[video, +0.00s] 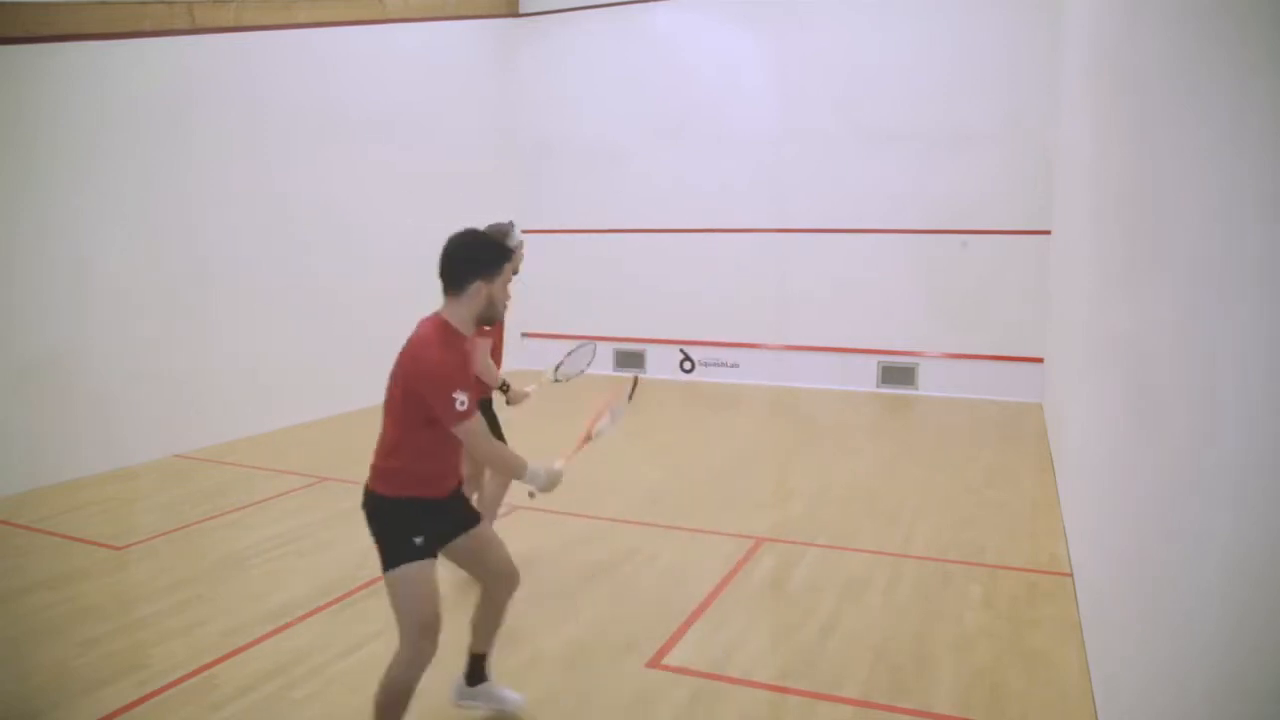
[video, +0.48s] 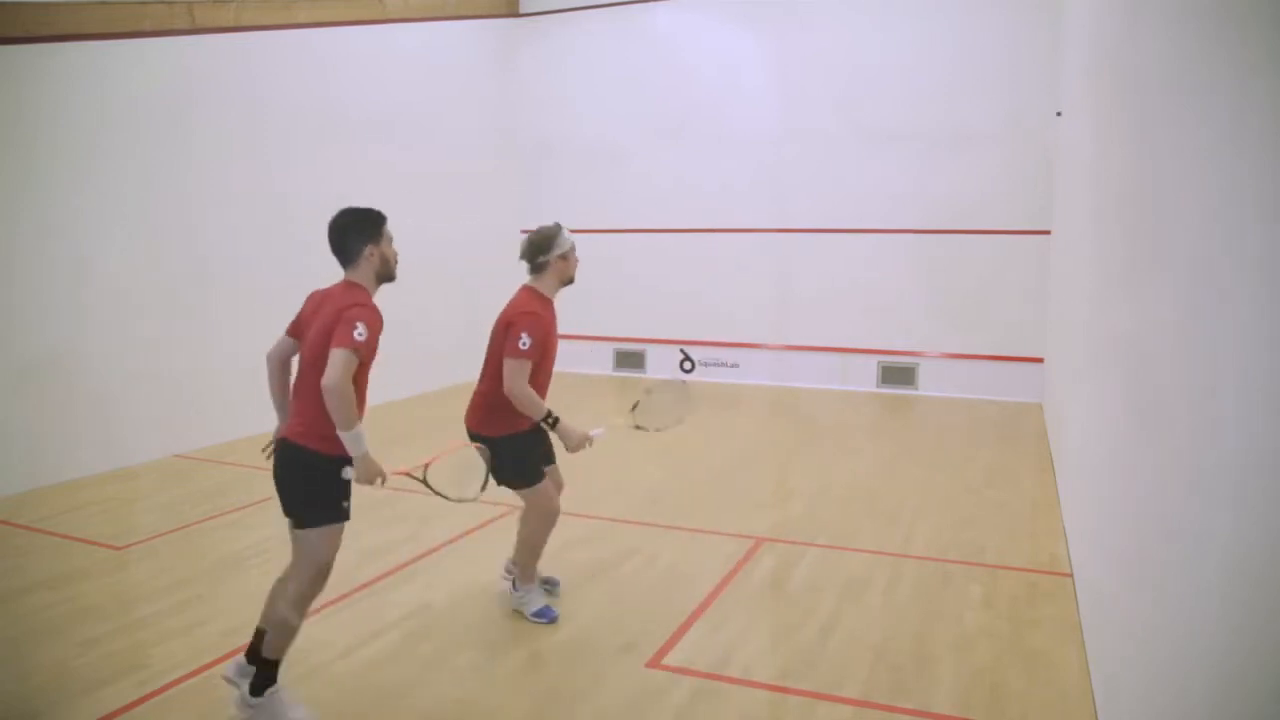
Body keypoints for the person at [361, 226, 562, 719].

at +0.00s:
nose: (509, 294)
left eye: (509, 283)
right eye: (506, 283)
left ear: (472, 284)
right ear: (482, 285)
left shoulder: (463, 342)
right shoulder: (433, 350)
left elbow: (470, 427)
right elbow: (481, 445)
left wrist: (471, 484)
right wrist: (532, 473)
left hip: (440, 496)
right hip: (398, 503)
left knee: (502, 578)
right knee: (418, 642)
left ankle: (474, 682)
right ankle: (385, 718)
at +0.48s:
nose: (396, 252)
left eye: (392, 242)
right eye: (391, 243)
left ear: (351, 254)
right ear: (373, 251)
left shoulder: (320, 299)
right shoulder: (361, 310)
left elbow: (277, 356)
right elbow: (335, 381)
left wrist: (287, 422)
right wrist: (361, 453)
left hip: (295, 452)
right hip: (319, 459)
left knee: (304, 566)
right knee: (310, 575)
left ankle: (252, 662)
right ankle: (260, 690)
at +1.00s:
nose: (440, 278)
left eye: (440, 270)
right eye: (433, 270)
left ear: (403, 273)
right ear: (408, 272)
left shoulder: (361, 305)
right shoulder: (409, 324)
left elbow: (334, 357)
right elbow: (395, 392)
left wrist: (368, 384)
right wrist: (419, 433)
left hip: (345, 433)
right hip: (383, 437)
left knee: (360, 506)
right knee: (421, 514)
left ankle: (353, 595)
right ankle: (376, 594)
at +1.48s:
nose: (499, 280)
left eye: (501, 272)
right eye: (492, 272)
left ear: (469, 272)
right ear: (471, 270)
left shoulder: (437, 293)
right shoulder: (474, 315)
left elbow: (405, 331)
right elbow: (469, 379)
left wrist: (435, 352)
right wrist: (496, 400)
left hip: (413, 400)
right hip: (442, 408)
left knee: (431, 457)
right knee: (478, 471)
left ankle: (415, 525)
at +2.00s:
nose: (514, 273)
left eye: (512, 264)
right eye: (509, 265)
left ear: (478, 266)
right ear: (495, 267)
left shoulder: (451, 306)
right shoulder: (492, 310)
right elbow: (480, 378)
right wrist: (530, 399)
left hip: (440, 416)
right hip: (466, 421)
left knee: (446, 482)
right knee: (512, 487)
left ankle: (423, 554)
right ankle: (486, 569)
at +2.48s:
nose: (579, 270)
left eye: (576, 263)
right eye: (575, 264)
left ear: (546, 272)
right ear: (563, 271)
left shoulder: (542, 316)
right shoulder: (538, 321)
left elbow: (534, 384)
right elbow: (533, 392)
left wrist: (559, 410)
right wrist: (583, 413)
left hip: (526, 430)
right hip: (517, 433)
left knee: (555, 504)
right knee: (548, 525)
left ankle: (535, 582)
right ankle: (525, 633)